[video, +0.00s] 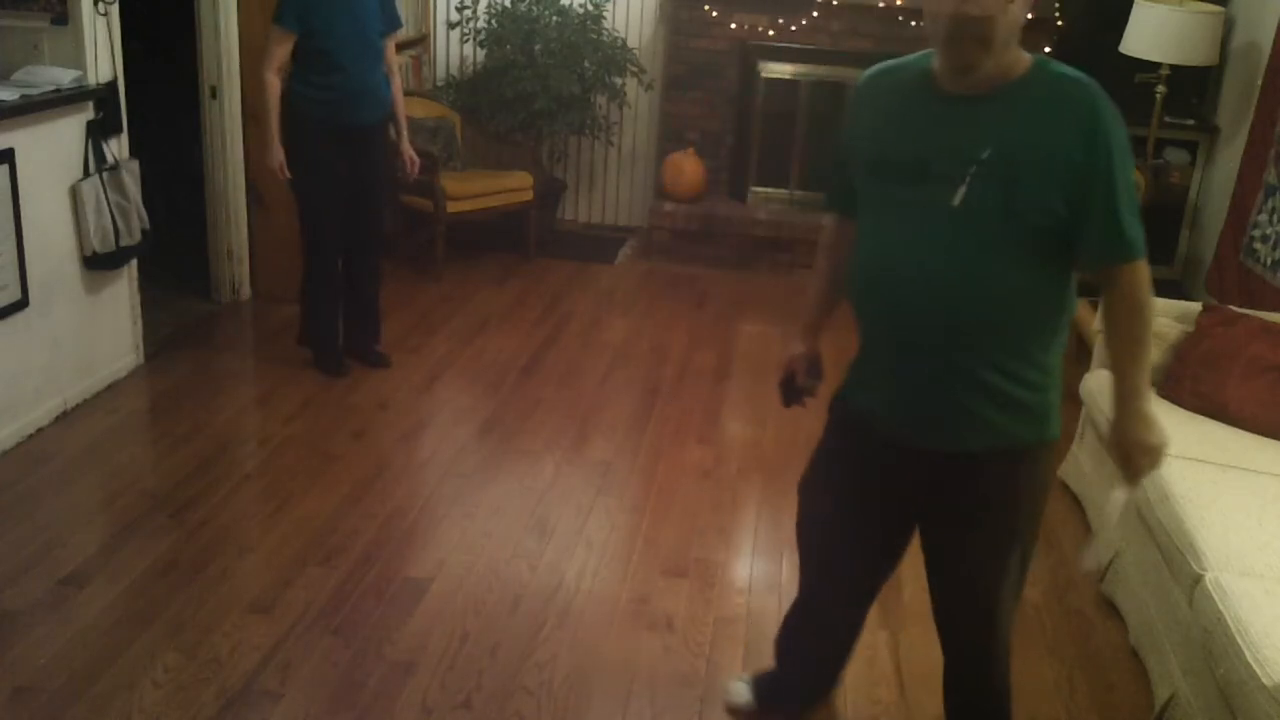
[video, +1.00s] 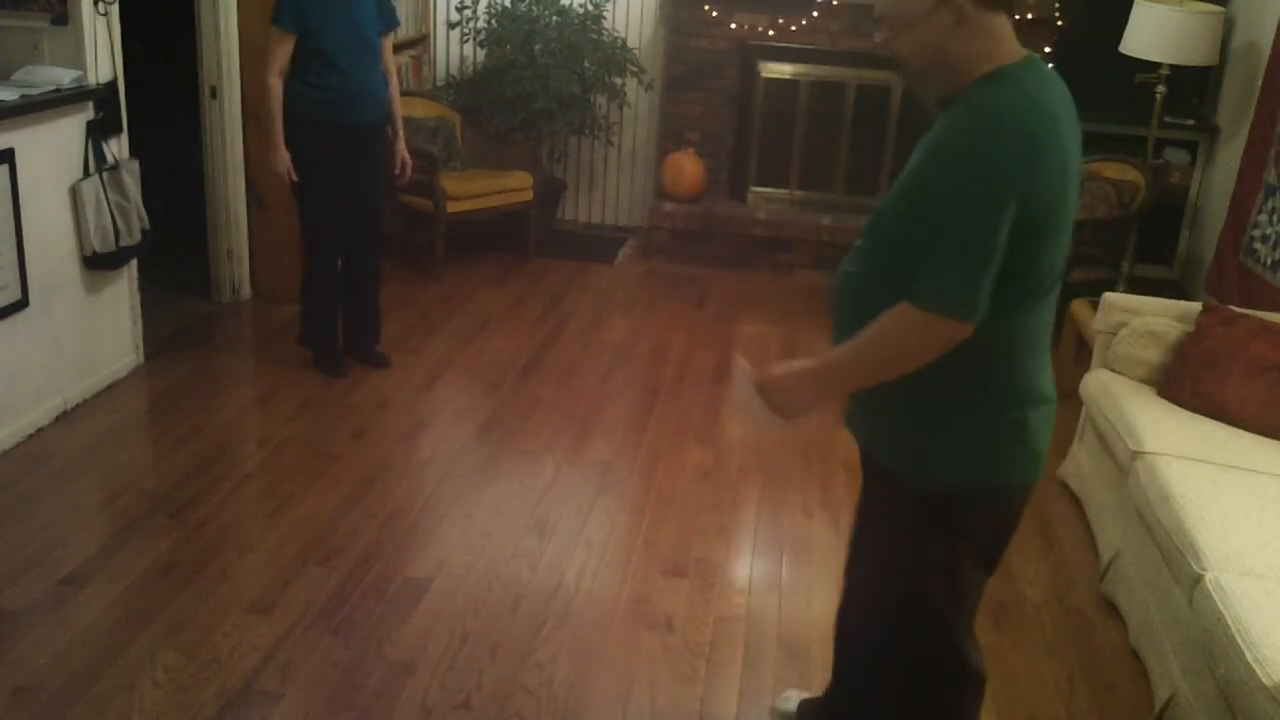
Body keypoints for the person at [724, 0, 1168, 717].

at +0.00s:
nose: (972, 5)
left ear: (1028, 9)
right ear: (926, 3)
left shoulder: (1077, 113)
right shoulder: (880, 93)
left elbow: (1125, 266)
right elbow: (845, 222)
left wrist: (1132, 404)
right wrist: (807, 333)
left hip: (1000, 430)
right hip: (877, 403)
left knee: (976, 630)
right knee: (828, 577)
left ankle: (979, 718)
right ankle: (793, 690)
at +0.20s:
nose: (973, 7)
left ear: (1044, 9)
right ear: (943, 5)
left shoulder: (1095, 116)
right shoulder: (901, 81)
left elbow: (1142, 269)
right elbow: (868, 208)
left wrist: (1148, 415)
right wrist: (820, 318)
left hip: (1001, 437)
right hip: (879, 411)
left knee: (974, 642)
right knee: (843, 598)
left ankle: (975, 715)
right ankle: (849, 707)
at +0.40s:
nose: (975, 11)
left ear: (1040, 12)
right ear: (938, 2)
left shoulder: (1072, 119)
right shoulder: (903, 75)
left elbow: (1088, 291)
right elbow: (863, 210)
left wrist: (1053, 432)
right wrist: (820, 322)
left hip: (983, 428)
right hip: (872, 403)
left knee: (968, 617)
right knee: (846, 589)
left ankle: (969, 713)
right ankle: (851, 705)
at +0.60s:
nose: (954, 11)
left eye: (982, 1)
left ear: (1033, 13)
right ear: (926, 3)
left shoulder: (1055, 126)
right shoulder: (915, 76)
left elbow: (1039, 297)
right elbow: (880, 225)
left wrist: (937, 421)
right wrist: (832, 335)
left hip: (954, 433)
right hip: (864, 400)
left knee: (926, 614)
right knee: (835, 591)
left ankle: (947, 710)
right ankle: (840, 710)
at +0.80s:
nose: (903, 15)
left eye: (928, 3)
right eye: (911, 2)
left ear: (1002, 12)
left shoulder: (1035, 127)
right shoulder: (945, 102)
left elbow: (1007, 304)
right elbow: (914, 257)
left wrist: (870, 402)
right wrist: (851, 383)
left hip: (942, 442)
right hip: (882, 423)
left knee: (893, 621)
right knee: (849, 599)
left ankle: (900, 714)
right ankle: (841, 706)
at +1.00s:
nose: (885, 43)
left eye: (894, 23)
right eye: (883, 25)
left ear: (954, 12)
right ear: (957, 16)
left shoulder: (994, 126)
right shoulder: (1024, 101)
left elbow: (944, 312)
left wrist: (819, 378)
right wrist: (841, 371)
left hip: (949, 449)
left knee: (910, 638)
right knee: (889, 606)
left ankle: (903, 717)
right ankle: (857, 705)